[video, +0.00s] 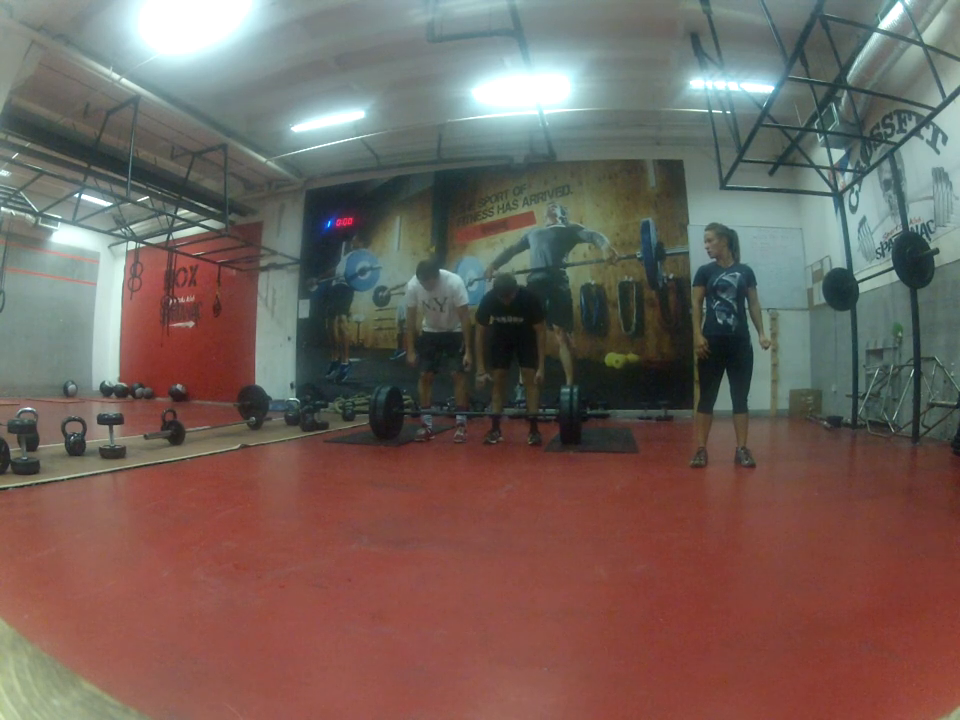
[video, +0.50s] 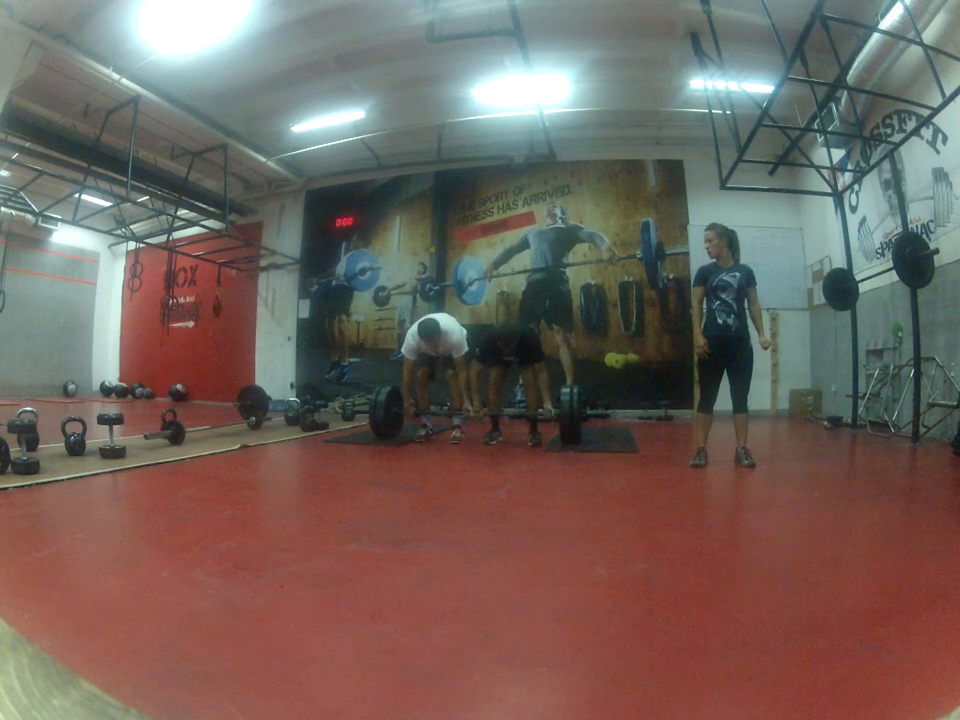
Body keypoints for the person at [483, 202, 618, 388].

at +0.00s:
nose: (551, 217)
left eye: (555, 214)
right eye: (548, 215)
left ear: (563, 217)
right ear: (545, 218)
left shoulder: (570, 229)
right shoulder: (534, 233)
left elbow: (593, 235)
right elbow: (512, 250)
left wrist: (606, 247)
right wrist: (492, 266)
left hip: (557, 284)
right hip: (535, 285)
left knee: (562, 334)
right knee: (530, 332)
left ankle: (569, 385)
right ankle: (524, 383)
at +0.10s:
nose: (552, 216)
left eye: (556, 214)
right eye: (549, 214)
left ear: (563, 218)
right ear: (545, 218)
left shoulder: (570, 229)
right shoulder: (534, 233)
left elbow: (593, 235)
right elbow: (512, 249)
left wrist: (607, 248)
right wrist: (493, 266)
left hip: (557, 283)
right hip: (534, 284)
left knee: (562, 335)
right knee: (530, 335)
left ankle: (570, 386)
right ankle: (536, 387)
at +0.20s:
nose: (554, 217)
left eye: (557, 214)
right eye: (550, 214)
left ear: (563, 218)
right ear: (545, 218)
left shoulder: (570, 229)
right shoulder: (534, 233)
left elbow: (593, 235)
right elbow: (512, 249)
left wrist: (607, 248)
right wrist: (493, 265)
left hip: (558, 285)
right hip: (534, 286)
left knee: (563, 337)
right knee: (531, 341)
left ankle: (570, 389)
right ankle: (543, 398)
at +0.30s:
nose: (552, 216)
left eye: (555, 214)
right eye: (549, 214)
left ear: (563, 217)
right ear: (545, 218)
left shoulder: (570, 229)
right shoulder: (534, 233)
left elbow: (593, 235)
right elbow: (512, 250)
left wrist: (607, 248)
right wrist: (493, 266)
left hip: (557, 283)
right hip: (534, 284)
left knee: (562, 336)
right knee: (528, 337)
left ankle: (570, 387)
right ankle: (525, 388)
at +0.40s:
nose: (551, 214)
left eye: (555, 211)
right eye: (549, 212)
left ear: (563, 217)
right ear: (545, 218)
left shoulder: (570, 229)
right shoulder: (534, 233)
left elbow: (593, 235)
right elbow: (512, 250)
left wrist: (607, 248)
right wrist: (492, 267)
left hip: (557, 284)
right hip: (534, 285)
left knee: (562, 335)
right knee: (527, 334)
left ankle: (570, 385)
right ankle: (523, 385)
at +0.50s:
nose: (552, 216)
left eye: (555, 213)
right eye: (549, 213)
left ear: (563, 217)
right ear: (545, 218)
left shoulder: (570, 229)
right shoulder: (534, 233)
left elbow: (593, 235)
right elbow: (512, 250)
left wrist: (606, 248)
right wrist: (493, 266)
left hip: (557, 283)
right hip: (534, 284)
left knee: (562, 335)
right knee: (529, 334)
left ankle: (569, 386)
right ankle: (527, 387)